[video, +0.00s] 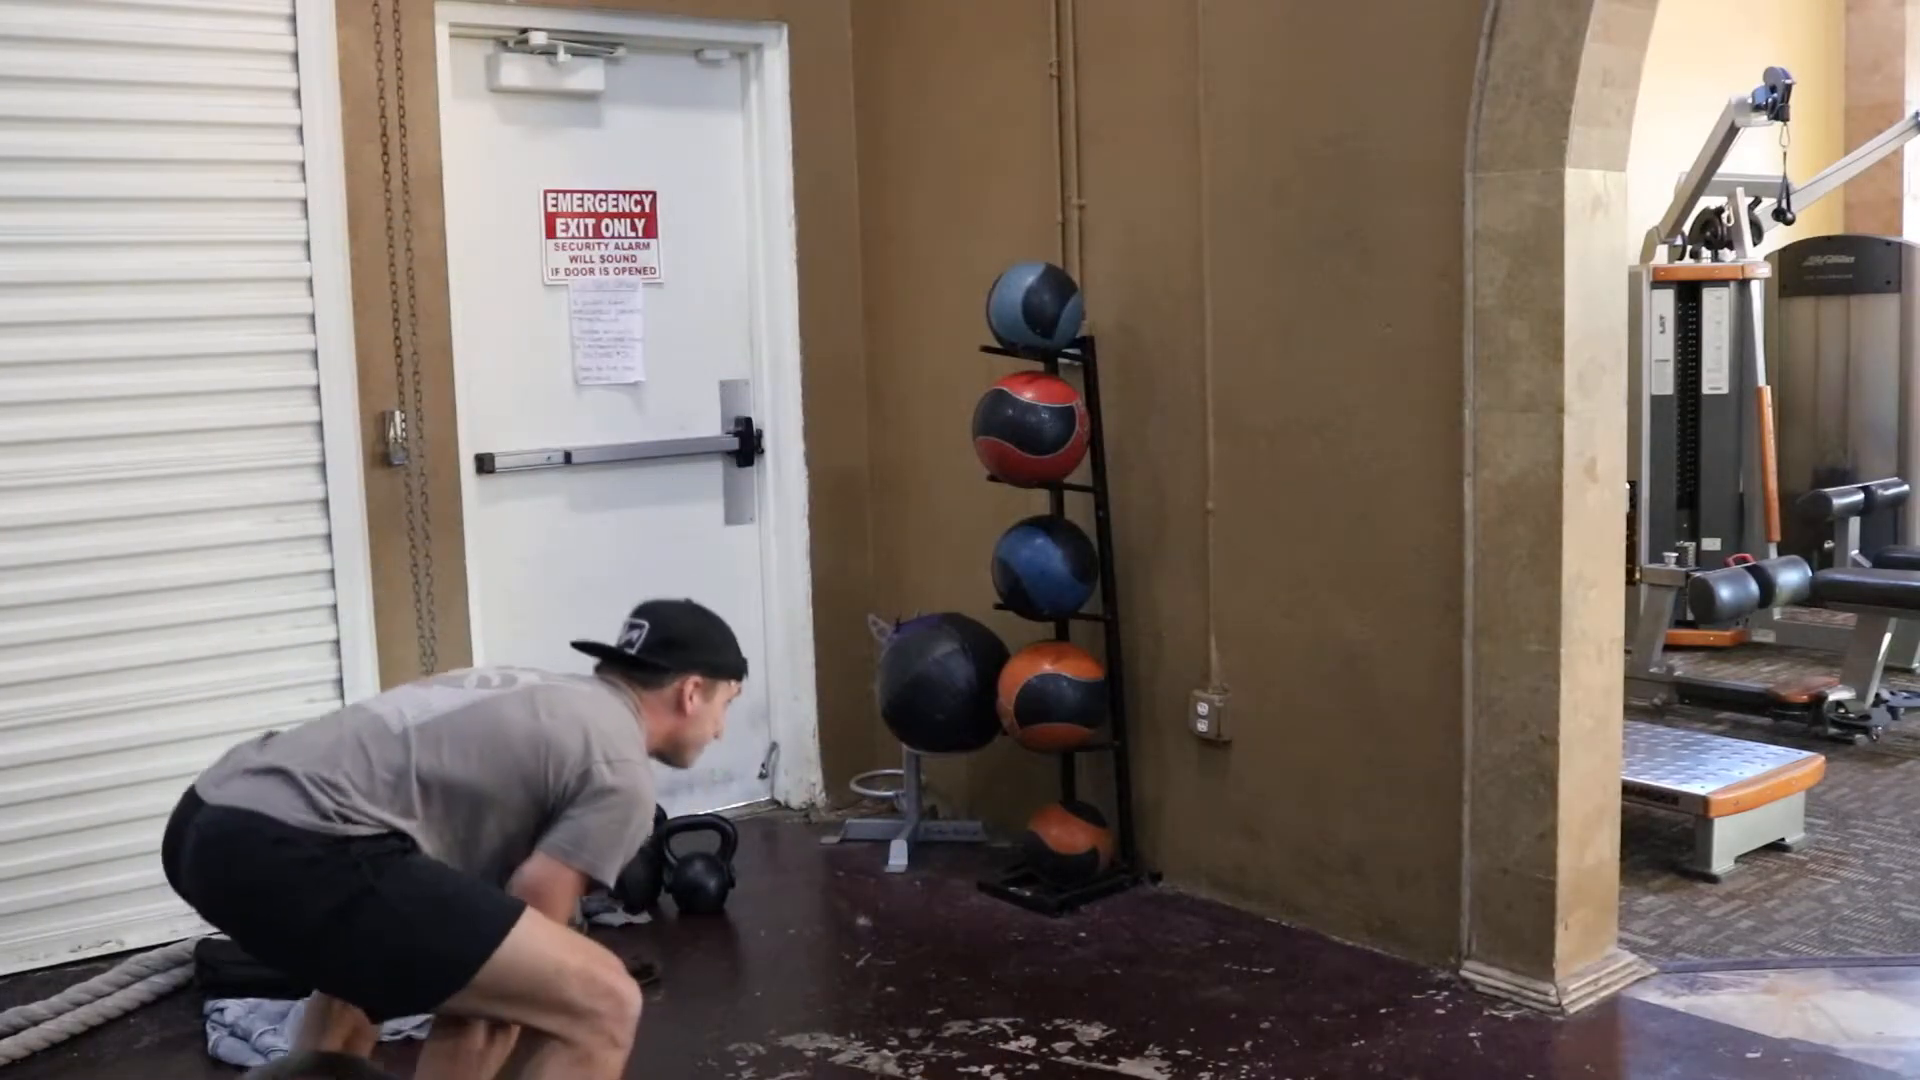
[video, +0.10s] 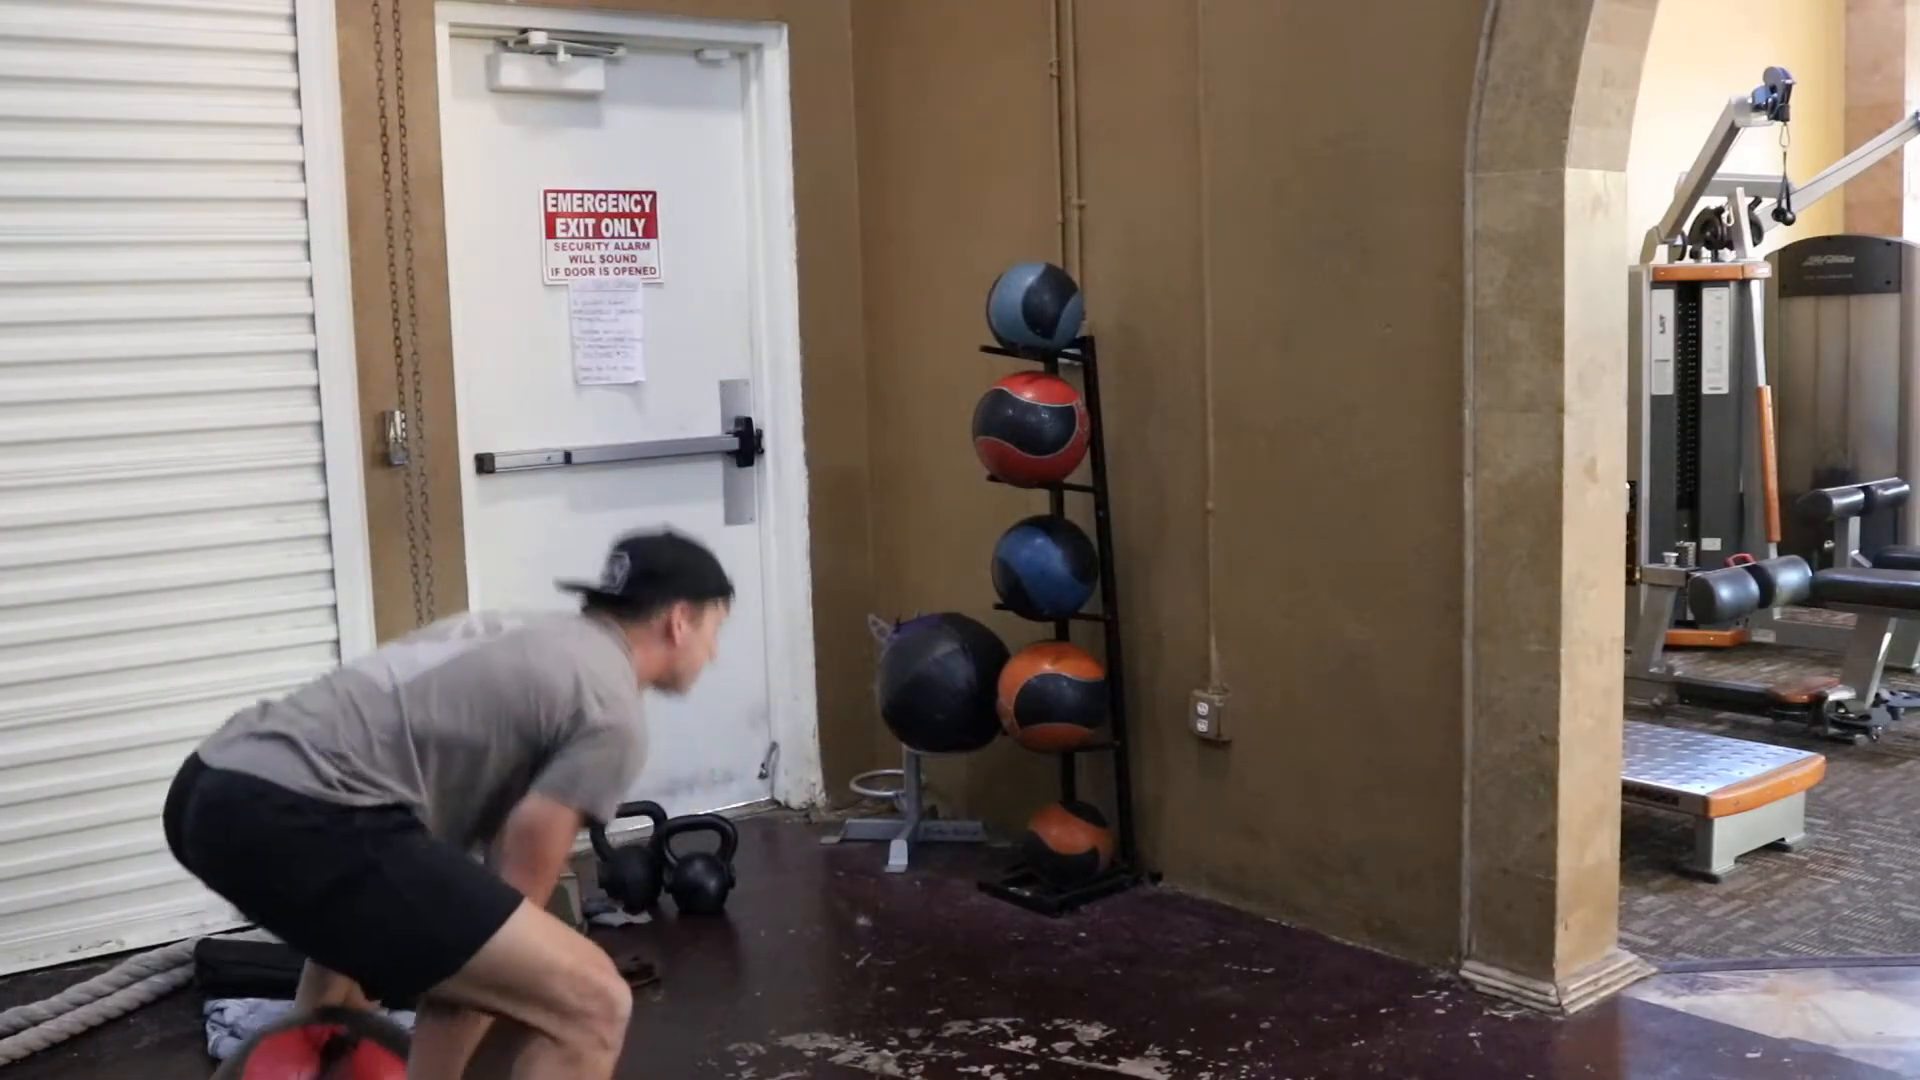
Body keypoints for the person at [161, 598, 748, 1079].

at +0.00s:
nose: (721, 729)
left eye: (727, 708)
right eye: (724, 706)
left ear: (625, 670)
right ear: (687, 695)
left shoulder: (530, 692)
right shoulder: (622, 769)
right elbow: (516, 944)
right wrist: (456, 1068)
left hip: (203, 829)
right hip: (303, 853)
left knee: (372, 949)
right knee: (604, 1004)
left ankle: (307, 1060)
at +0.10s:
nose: (712, 652)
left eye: (717, 629)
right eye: (714, 627)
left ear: (615, 600)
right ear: (678, 620)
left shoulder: (519, 630)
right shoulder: (611, 708)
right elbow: (503, 917)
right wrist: (433, 1067)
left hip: (208, 794)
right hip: (307, 818)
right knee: (592, 1000)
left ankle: (307, 1050)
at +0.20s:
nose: (685, 497)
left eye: (684, 476)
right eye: (680, 475)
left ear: (576, 473)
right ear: (644, 484)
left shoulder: (497, 532)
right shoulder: (588, 588)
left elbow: (493, 793)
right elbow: (517, 823)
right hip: (317, 770)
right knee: (585, 1002)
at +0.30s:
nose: (614, 308)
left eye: (607, 287)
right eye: (603, 287)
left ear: (513, 306)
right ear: (565, 303)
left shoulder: (436, 392)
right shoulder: (553, 432)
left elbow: (440, 635)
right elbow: (552, 682)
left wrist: (457, 803)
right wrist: (582, 877)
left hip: (260, 686)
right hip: (362, 708)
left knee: (365, 889)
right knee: (560, 983)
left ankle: (334, 1068)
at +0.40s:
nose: (510, 158)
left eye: (504, 136)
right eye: (500, 136)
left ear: (407, 154)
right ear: (459, 147)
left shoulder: (357, 277)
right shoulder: (489, 279)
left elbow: (497, 470)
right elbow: (609, 470)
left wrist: (598, 595)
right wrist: (724, 610)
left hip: (318, 626)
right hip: (416, 638)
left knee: (369, 887)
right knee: (511, 937)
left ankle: (346, 1071)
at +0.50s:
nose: (451, 133)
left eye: (446, 110)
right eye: (440, 111)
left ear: (349, 123)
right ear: (394, 119)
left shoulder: (309, 232)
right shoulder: (432, 230)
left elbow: (540, 303)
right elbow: (648, 290)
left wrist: (683, 303)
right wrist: (811, 280)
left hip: (357, 615)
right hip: (460, 620)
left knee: (388, 886)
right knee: (526, 919)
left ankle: (358, 1072)